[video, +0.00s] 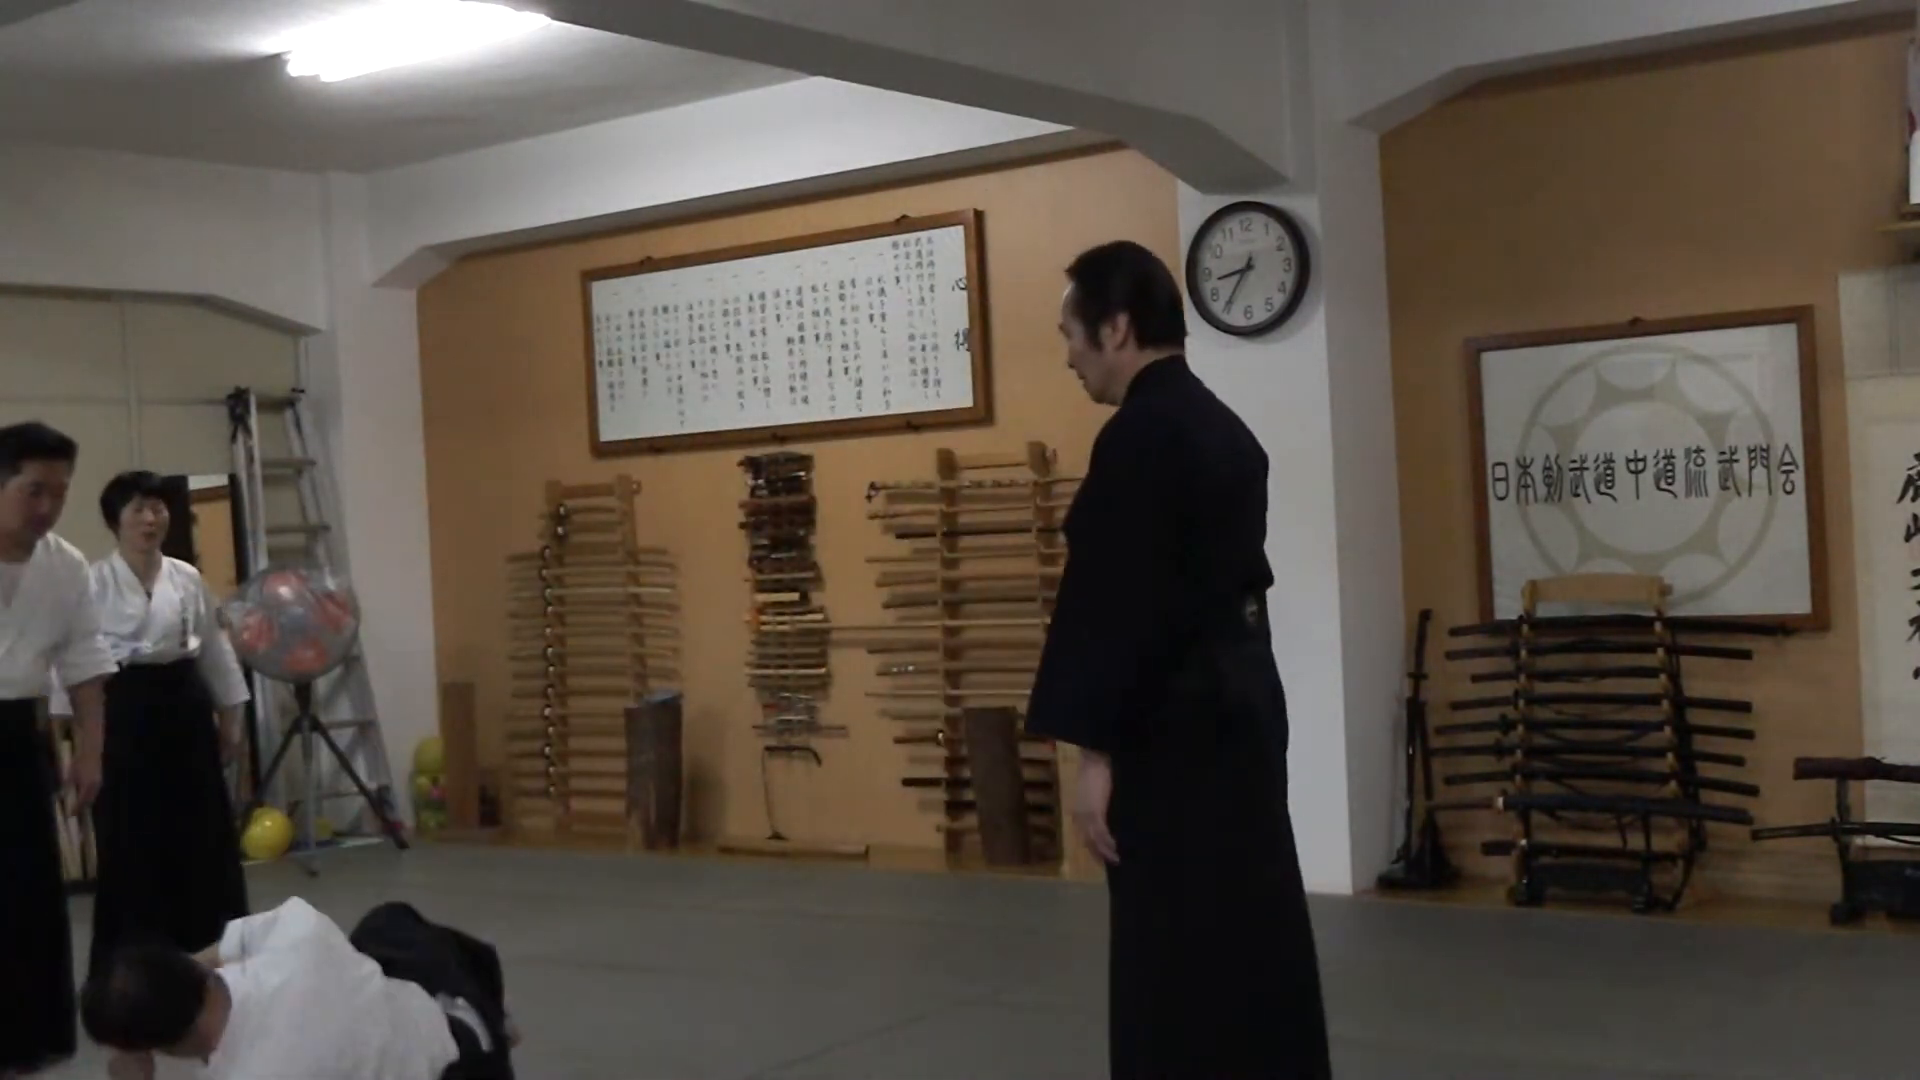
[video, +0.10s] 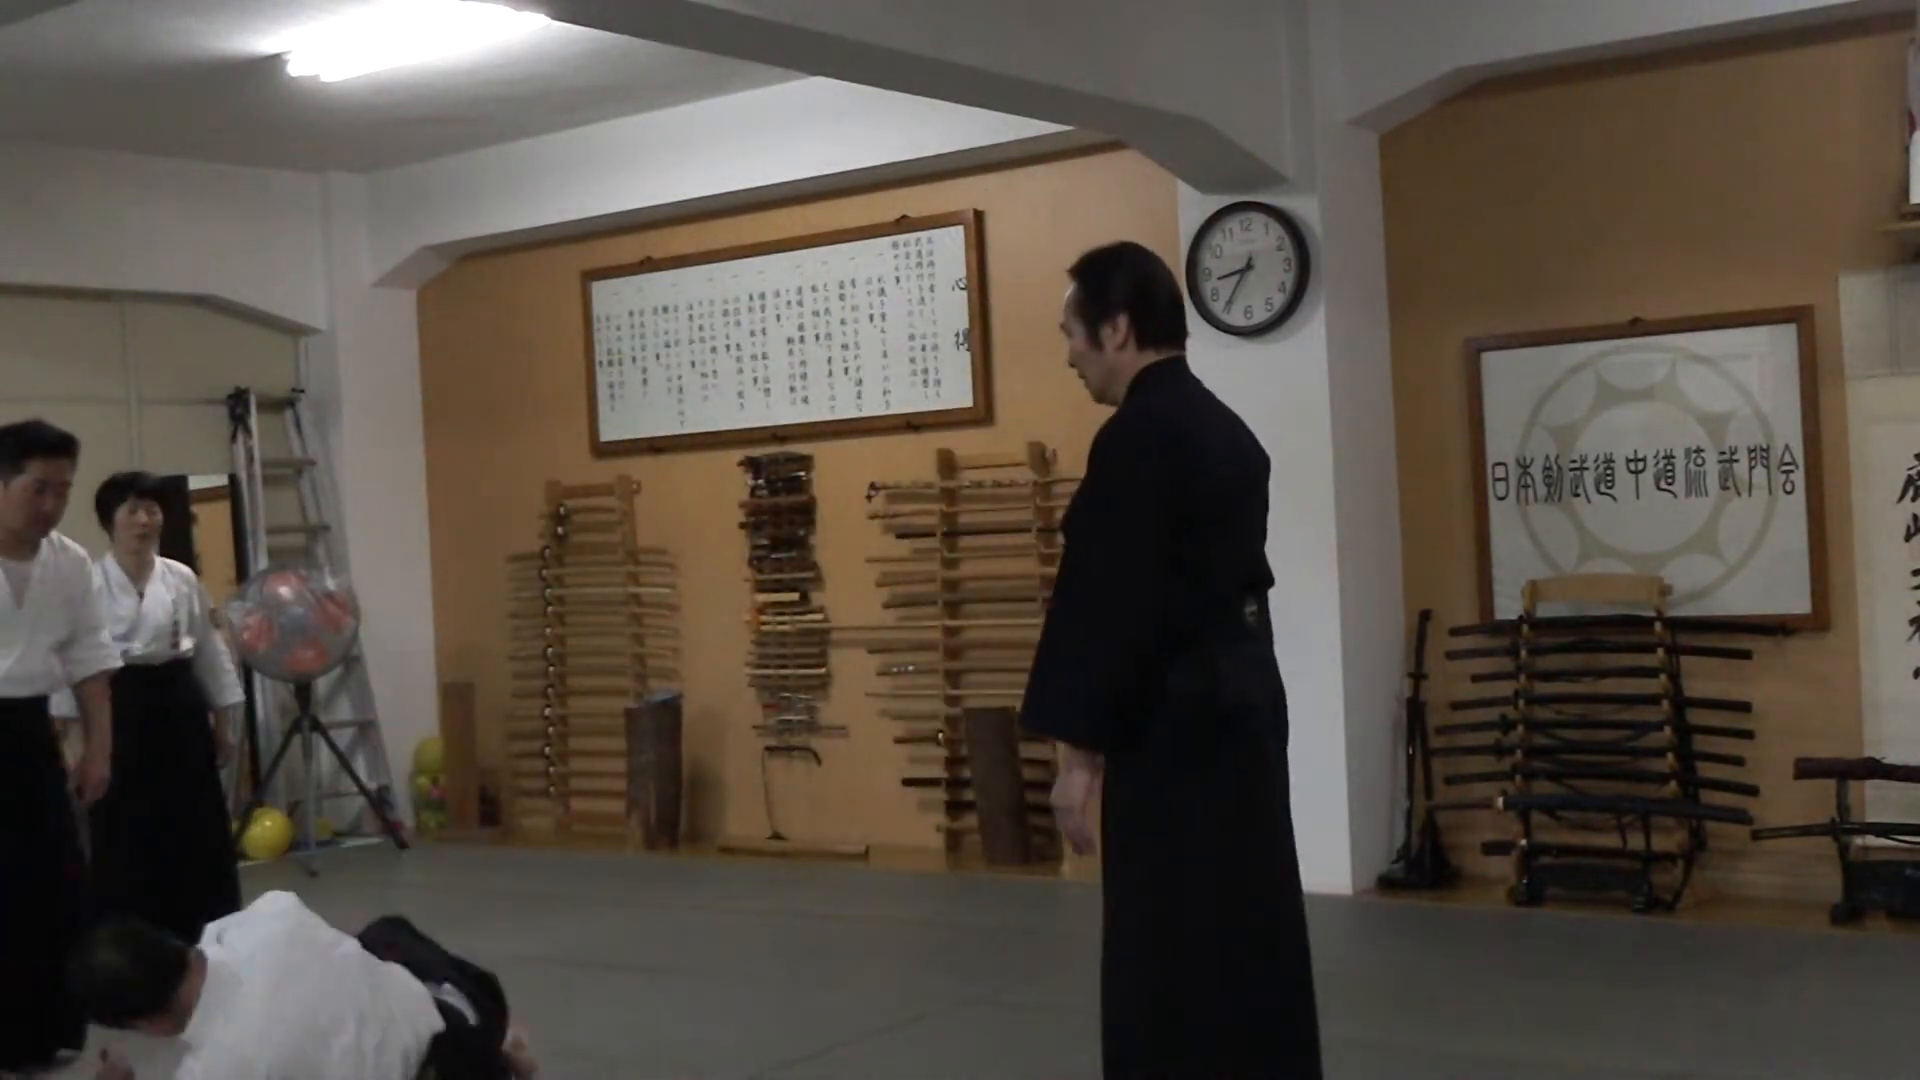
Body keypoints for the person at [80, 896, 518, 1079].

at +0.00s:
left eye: (122, 1047)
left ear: (147, 1045)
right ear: (187, 965)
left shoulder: (233, 1073)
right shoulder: (296, 931)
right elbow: (296, 914)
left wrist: (134, 1067)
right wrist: (202, 963)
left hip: (447, 1074)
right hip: (457, 1027)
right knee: (388, 918)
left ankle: (488, 1030)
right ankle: (490, 1021)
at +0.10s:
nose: (127, 1030)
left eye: (122, 1024)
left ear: (141, 1022)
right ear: (168, 937)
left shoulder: (213, 1067)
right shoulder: (272, 911)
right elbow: (342, 949)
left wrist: (123, 1077)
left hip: (430, 1074)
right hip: (453, 1017)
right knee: (385, 932)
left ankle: (500, 1056)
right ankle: (499, 1030)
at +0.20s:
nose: (104, 1029)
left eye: (98, 1021)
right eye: (97, 1021)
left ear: (116, 1016)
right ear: (144, 933)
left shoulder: (193, 1062)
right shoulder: (242, 905)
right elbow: (328, 944)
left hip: (415, 1072)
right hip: (433, 1007)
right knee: (395, 949)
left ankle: (507, 1066)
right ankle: (509, 1067)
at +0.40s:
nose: (71, 1051)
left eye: (64, 1043)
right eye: (64, 1043)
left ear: (77, 1035)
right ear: (85, 950)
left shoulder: (178, 1034)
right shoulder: (150, 905)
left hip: (362, 1025)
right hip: (372, 942)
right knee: (460, 1017)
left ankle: (512, 1063)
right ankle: (514, 1059)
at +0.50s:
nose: (57, 1052)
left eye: (50, 1045)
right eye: (48, 1045)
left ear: (66, 1034)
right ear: (67, 955)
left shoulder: (173, 1046)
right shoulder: (121, 901)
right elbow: (169, 856)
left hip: (362, 997)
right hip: (336, 903)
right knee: (404, 980)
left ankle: (474, 1037)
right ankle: (473, 1017)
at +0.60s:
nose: (41, 1030)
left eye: (36, 1020)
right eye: (31, 1021)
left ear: (52, 1004)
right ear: (54, 939)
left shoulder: (160, 1023)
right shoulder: (107, 886)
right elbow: (174, 829)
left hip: (350, 972)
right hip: (309, 876)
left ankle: (457, 1052)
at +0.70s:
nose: (29, 978)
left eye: (25, 970)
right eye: (22, 970)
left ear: (42, 961)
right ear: (55, 889)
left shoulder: (158, 986)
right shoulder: (110, 849)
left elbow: (170, 1072)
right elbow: (188, 808)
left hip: (331, 970)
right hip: (297, 866)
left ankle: (384, 1044)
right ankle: (385, 1018)